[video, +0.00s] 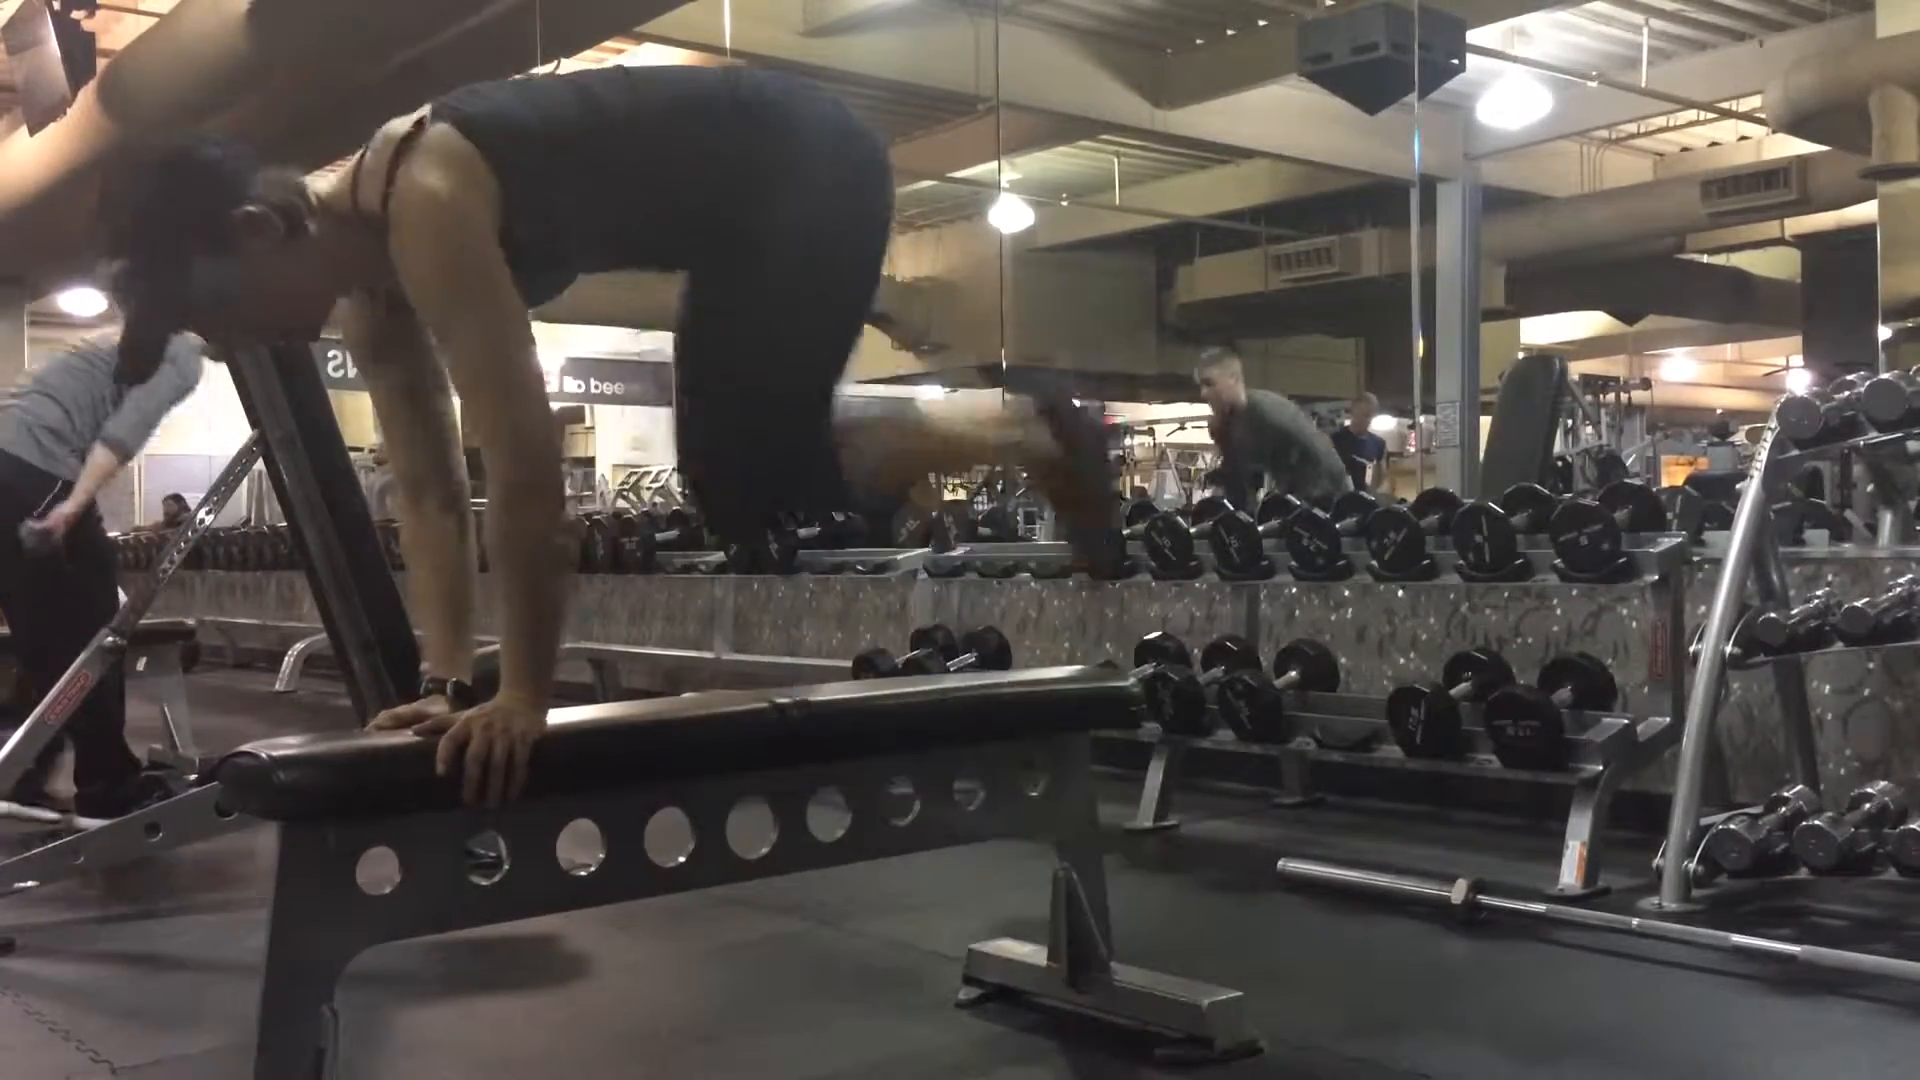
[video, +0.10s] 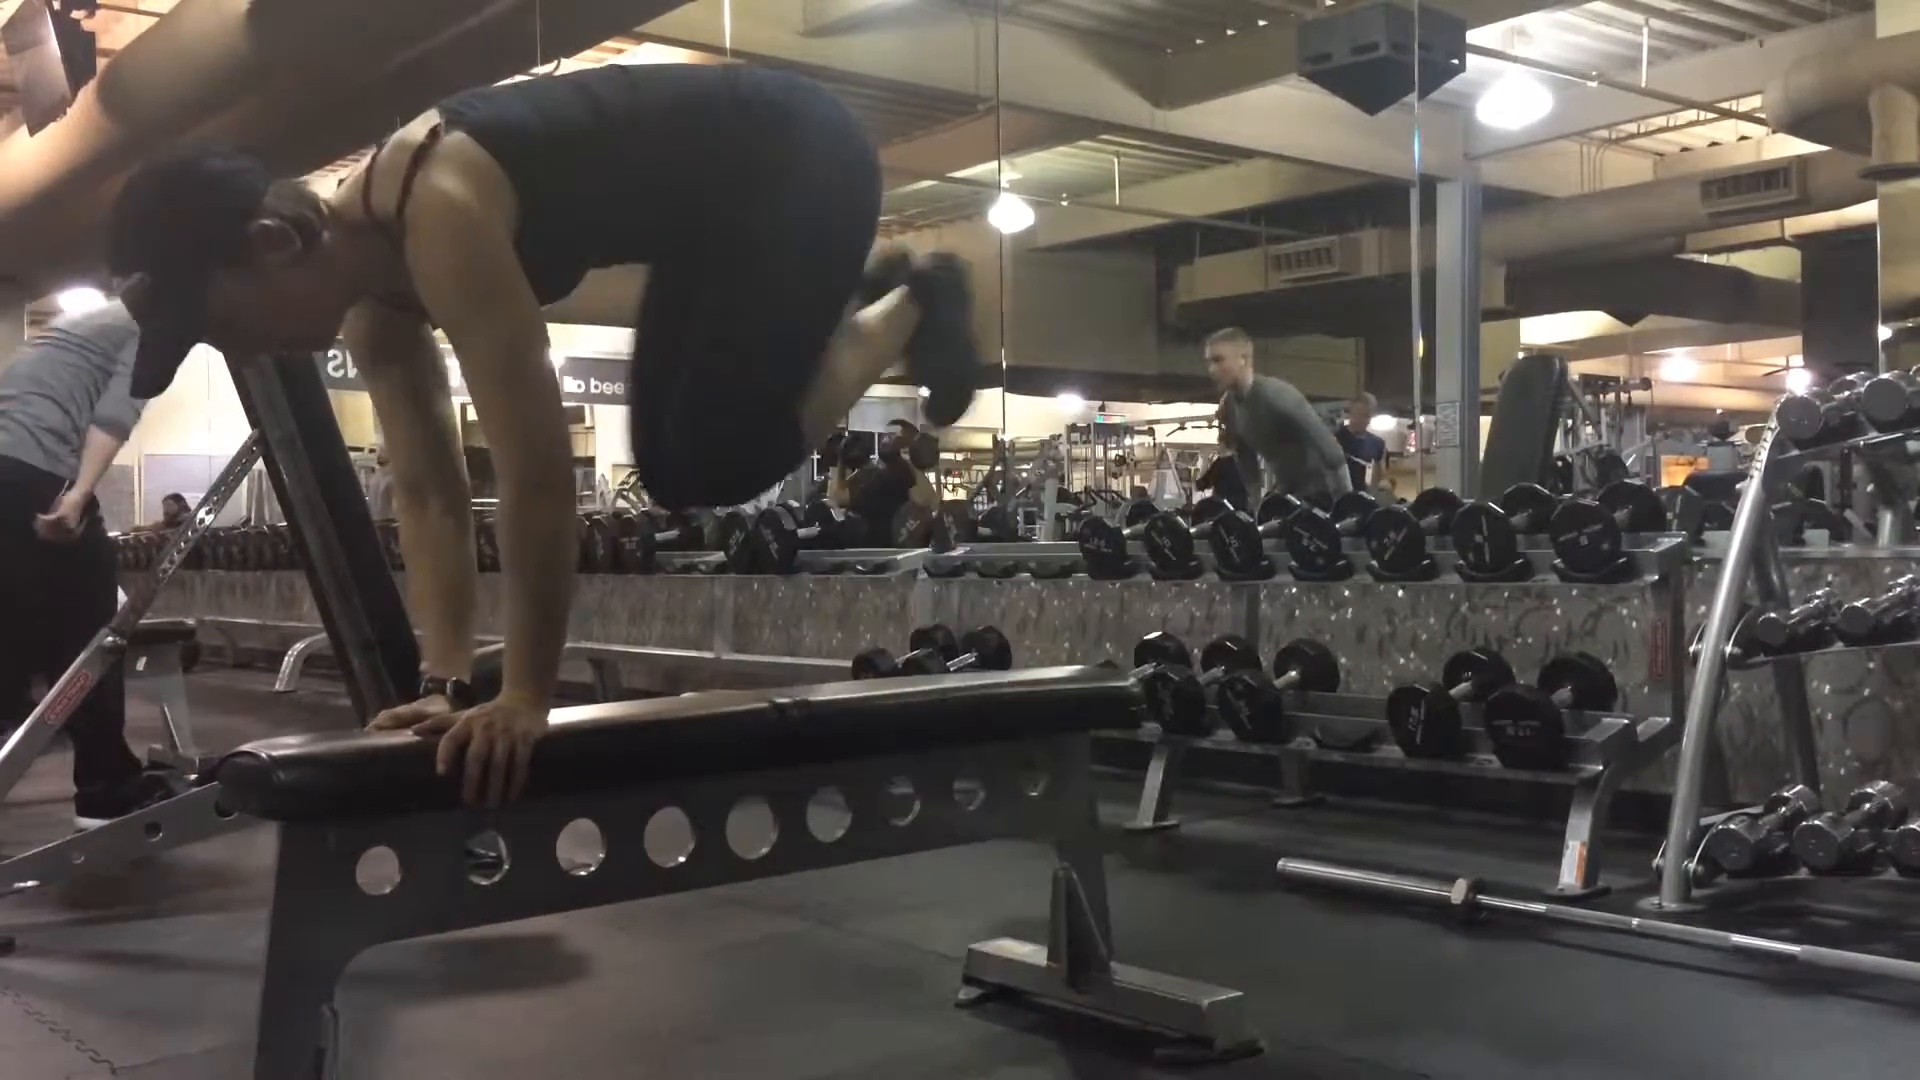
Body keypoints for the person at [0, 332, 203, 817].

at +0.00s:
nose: (212, 356)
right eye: (212, 347)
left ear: (162, 326)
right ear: (200, 340)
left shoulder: (114, 345)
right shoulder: (181, 356)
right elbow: (127, 427)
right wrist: (75, 503)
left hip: (4, 462)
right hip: (38, 473)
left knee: (41, 636)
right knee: (94, 633)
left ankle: (23, 778)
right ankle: (106, 784)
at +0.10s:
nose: (163, 323)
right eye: (163, 311)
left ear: (117, 290)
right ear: (153, 303)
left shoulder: (67, 328)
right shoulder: (130, 330)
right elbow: (114, 415)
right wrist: (79, 492)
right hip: (33, 474)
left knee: (14, 633)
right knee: (86, 630)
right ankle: (105, 781)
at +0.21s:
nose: (110, 231)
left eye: (102, 217)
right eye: (105, 221)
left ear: (53, 236)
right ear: (100, 238)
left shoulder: (16, 291)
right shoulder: (106, 300)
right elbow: (107, 403)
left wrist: (92, 488)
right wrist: (103, 489)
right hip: (28, 477)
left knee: (70, 625)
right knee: (79, 624)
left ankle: (105, 777)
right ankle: (107, 780)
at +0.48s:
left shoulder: (20, 304)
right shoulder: (20, 304)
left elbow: (56, 398)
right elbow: (59, 397)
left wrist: (75, 476)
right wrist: (76, 476)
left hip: (11, 513)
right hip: (9, 514)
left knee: (25, 656)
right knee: (25, 656)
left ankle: (89, 782)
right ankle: (90, 781)